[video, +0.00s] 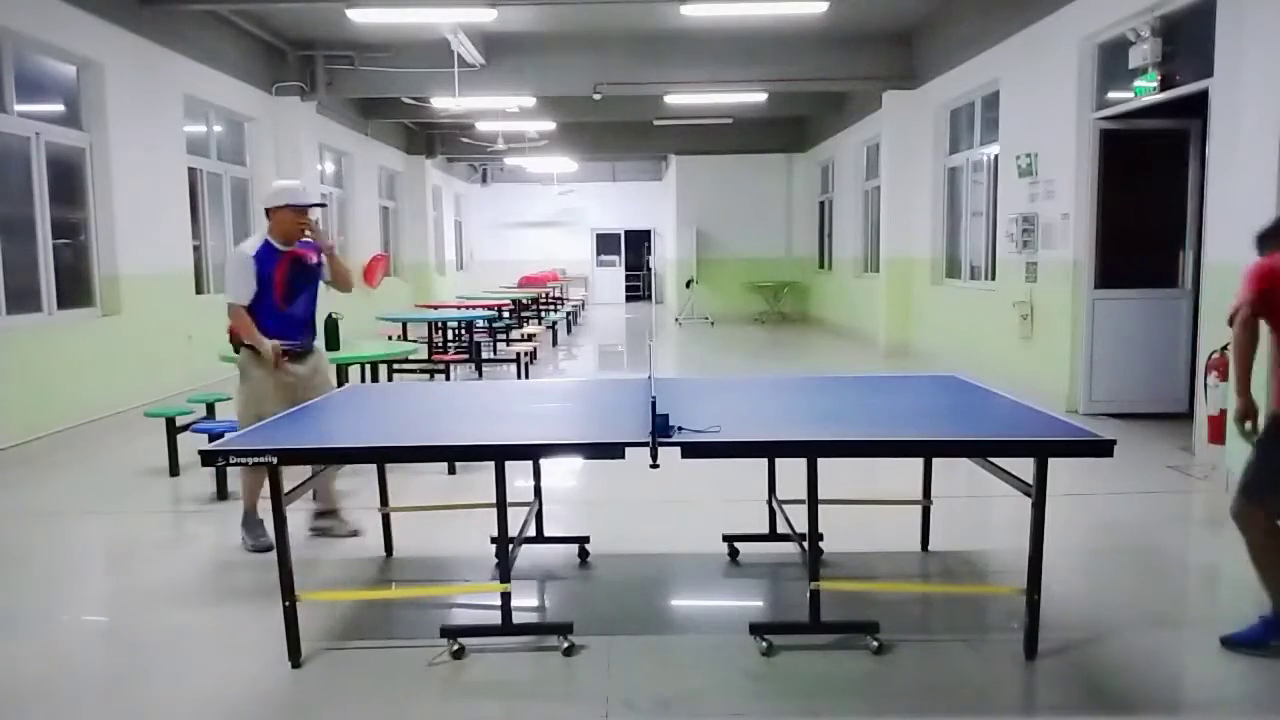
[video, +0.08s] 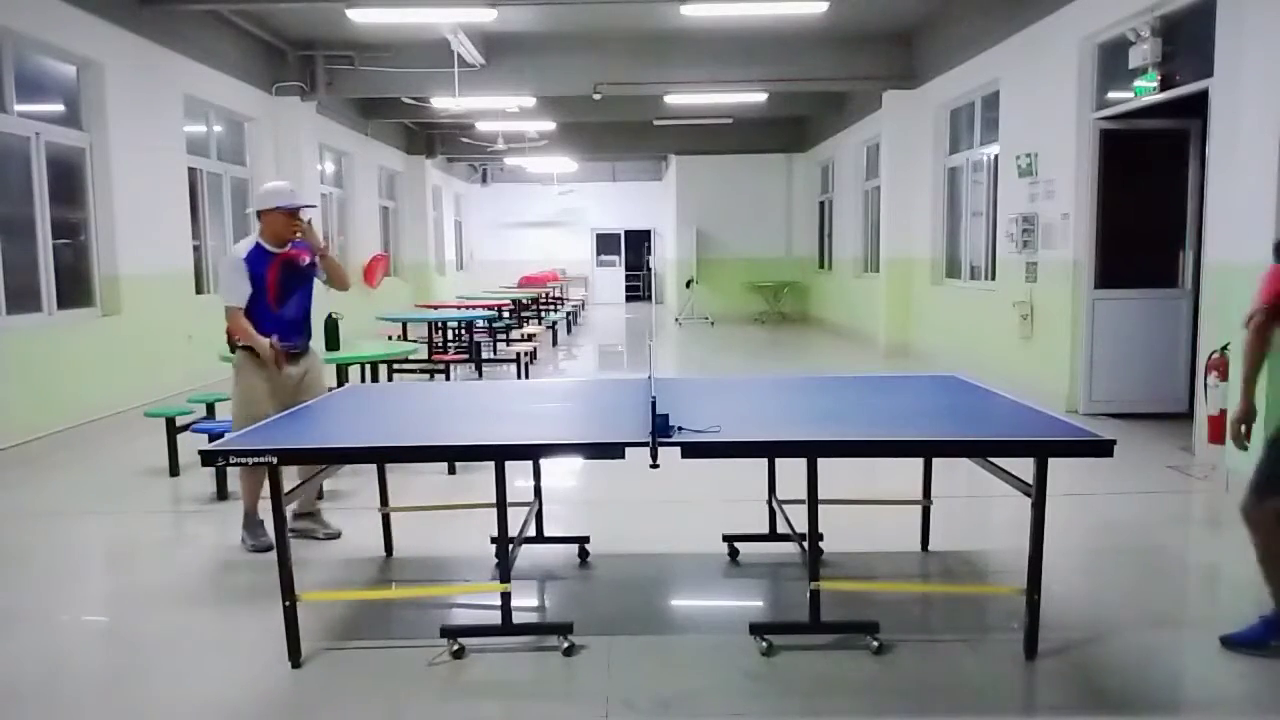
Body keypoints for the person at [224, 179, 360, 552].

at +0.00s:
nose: (306, 219)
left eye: (307, 213)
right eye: (298, 213)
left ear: (308, 216)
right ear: (274, 214)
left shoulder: (311, 251)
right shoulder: (248, 255)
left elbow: (346, 285)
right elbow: (236, 312)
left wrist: (327, 250)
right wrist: (261, 344)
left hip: (308, 359)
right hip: (262, 362)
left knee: (327, 432)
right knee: (257, 441)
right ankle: (251, 519)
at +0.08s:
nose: (297, 220)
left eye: (298, 213)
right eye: (288, 214)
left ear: (300, 216)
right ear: (264, 216)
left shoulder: (304, 251)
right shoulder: (241, 258)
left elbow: (342, 283)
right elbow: (234, 317)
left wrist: (319, 248)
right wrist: (260, 343)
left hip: (303, 359)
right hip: (258, 363)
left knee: (315, 437)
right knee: (255, 442)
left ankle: (307, 513)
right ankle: (251, 520)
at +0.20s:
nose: (286, 222)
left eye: (288, 215)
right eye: (277, 216)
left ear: (289, 218)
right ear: (254, 219)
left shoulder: (297, 252)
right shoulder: (232, 259)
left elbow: (335, 287)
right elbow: (227, 312)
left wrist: (312, 253)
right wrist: (267, 329)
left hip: (298, 360)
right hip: (252, 365)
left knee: (308, 438)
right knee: (253, 444)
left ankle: (301, 514)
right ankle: (252, 520)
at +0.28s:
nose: (282, 218)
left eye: (284, 212)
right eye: (274, 212)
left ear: (285, 214)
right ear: (251, 215)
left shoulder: (292, 248)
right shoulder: (228, 252)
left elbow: (332, 286)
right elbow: (224, 300)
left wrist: (317, 259)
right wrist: (272, 308)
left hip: (296, 357)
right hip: (251, 362)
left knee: (312, 434)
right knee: (253, 444)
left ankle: (303, 508)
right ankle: (252, 520)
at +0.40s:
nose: (283, 213)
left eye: (285, 207)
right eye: (275, 207)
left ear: (287, 210)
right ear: (250, 210)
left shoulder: (295, 245)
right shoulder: (227, 248)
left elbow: (329, 279)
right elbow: (227, 289)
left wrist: (328, 255)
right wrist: (279, 291)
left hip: (297, 355)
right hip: (251, 359)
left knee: (318, 430)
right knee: (253, 442)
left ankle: (306, 507)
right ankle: (252, 518)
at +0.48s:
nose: (287, 213)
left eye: (289, 206)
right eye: (279, 206)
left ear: (290, 209)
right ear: (254, 208)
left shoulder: (299, 244)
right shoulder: (230, 245)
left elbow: (329, 278)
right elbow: (229, 287)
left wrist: (330, 247)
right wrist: (281, 290)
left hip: (298, 355)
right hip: (252, 358)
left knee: (317, 432)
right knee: (253, 442)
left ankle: (311, 513)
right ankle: (251, 517)